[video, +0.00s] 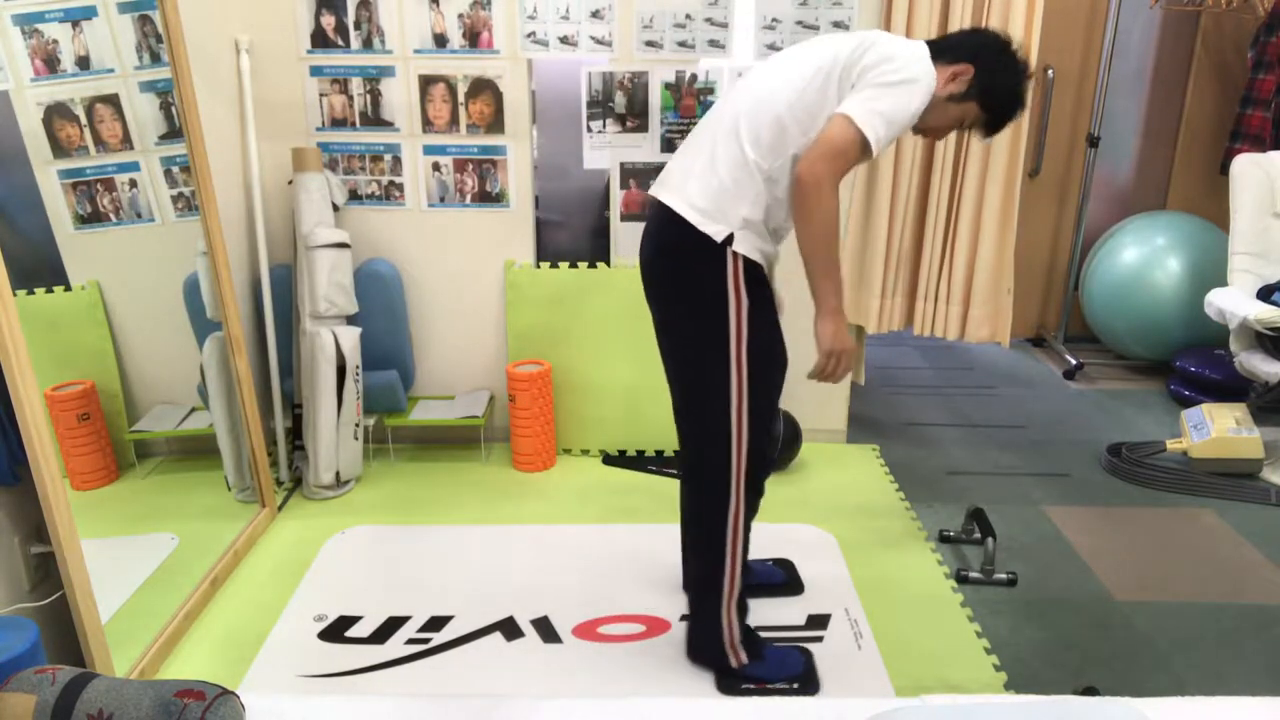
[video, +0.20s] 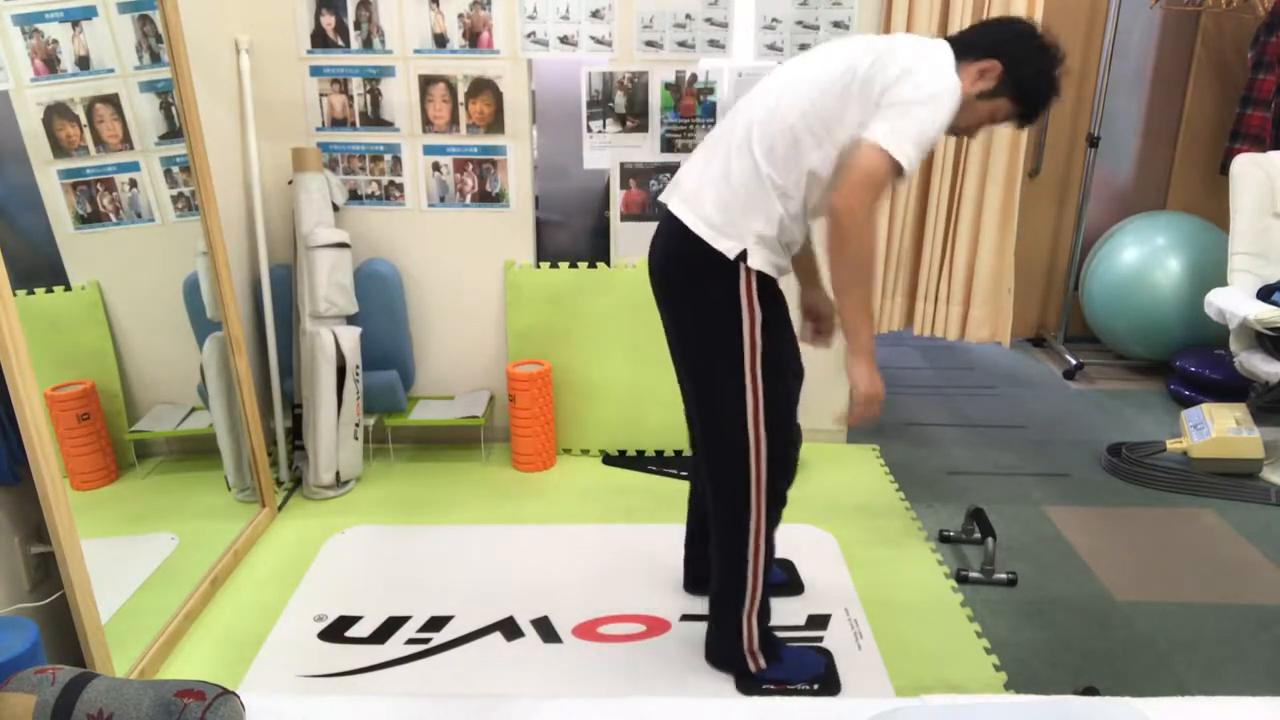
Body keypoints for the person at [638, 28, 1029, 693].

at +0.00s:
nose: (944, 135)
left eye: (960, 131)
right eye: (961, 124)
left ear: (952, 72)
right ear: (957, 78)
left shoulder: (878, 60)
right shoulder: (908, 70)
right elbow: (816, 171)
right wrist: (830, 312)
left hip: (714, 234)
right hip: (707, 237)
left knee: (747, 425)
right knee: (728, 441)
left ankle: (716, 569)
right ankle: (721, 644)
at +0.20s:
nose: (975, 132)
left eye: (992, 126)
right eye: (991, 119)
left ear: (981, 67)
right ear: (985, 75)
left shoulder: (892, 56)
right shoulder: (932, 79)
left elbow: (777, 159)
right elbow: (851, 196)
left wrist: (808, 282)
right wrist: (863, 354)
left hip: (708, 232)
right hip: (722, 247)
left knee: (750, 417)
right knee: (757, 450)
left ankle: (716, 559)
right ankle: (743, 646)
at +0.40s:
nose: (1011, 194)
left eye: (1025, 186)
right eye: (1024, 179)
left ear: (1003, 131)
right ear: (1013, 141)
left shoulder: (935, 118)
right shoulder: (960, 154)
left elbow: (843, 243)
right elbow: (924, 329)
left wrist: (862, 348)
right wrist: (944, 465)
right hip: (713, 259)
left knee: (775, 452)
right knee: (759, 468)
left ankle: (744, 574)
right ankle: (742, 651)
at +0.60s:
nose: (998, 344)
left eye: (1007, 340)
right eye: (1008, 335)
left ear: (1000, 281)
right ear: (1005, 300)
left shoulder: (941, 259)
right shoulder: (959, 289)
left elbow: (916, 372)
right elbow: (977, 461)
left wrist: (938, 454)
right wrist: (1032, 588)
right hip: (699, 287)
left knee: (796, 459)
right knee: (788, 475)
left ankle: (752, 578)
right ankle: (745, 650)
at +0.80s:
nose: (980, 419)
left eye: (990, 417)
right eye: (992, 410)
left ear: (981, 356)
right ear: (986, 379)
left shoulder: (937, 327)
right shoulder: (945, 358)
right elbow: (989, 523)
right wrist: (1057, 651)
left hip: (702, 300)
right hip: (697, 316)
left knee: (823, 466)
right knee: (817, 488)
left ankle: (751, 575)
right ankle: (748, 649)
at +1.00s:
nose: (985, 430)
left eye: (994, 428)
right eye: (995, 420)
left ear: (985, 367)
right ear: (990, 388)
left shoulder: (941, 337)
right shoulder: (952, 367)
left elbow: (940, 447)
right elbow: (994, 538)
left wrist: (979, 513)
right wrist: (1059, 655)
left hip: (707, 305)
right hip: (706, 320)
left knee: (831, 464)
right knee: (824, 491)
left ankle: (752, 571)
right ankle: (746, 646)